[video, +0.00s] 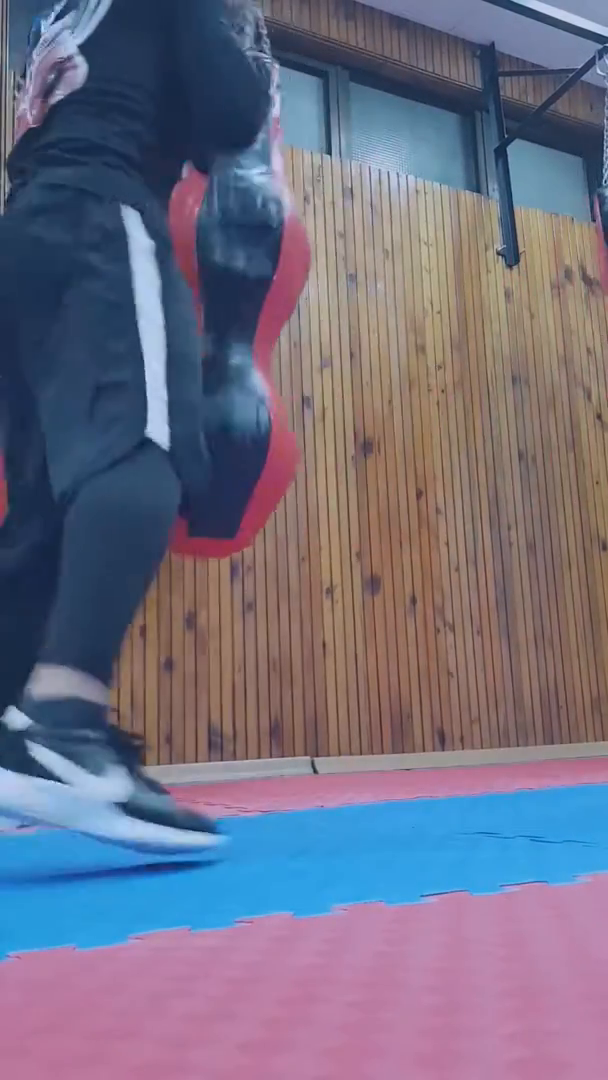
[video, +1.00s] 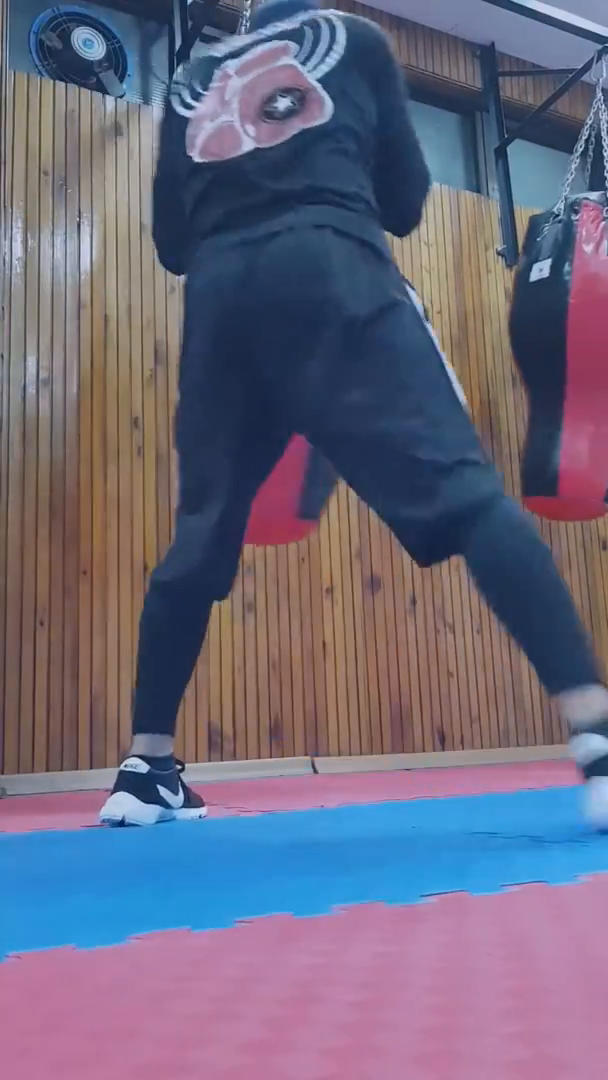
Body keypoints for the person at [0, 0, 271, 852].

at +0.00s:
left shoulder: (59, 25)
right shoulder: (176, 10)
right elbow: (233, 114)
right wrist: (253, 62)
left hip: (25, 216)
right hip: (91, 210)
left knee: (41, 506)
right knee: (136, 457)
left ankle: (28, 734)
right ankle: (65, 710)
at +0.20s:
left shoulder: (27, 22)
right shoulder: (225, 14)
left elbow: (11, 184)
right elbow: (279, 195)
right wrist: (240, 224)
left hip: (44, 282)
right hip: (163, 260)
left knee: (97, 531)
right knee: (198, 498)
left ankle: (25, 761)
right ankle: (95, 777)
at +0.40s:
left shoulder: (48, 8)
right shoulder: (255, 2)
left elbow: (17, 111)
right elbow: (301, 135)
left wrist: (108, 119)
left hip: (70, 224)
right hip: (186, 206)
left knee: (114, 494)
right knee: (163, 470)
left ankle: (114, 771)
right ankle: (83, 779)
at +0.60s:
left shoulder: (90, 31)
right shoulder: (276, 10)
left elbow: (74, 203)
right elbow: (332, 180)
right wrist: (243, 102)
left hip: (110, 252)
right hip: (221, 233)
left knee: (138, 505)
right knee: (200, 485)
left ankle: (139, 767)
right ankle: (91, 763)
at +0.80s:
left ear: (154, 25)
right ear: (236, 10)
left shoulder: (110, 100)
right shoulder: (282, 44)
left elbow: (139, 233)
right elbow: (344, 189)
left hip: (162, 283)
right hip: (274, 252)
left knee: (165, 531)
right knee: (379, 478)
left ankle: (140, 767)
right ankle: (296, 646)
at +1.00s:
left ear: (234, 14)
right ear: (307, 3)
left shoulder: (189, 76)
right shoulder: (352, 34)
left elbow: (172, 238)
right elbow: (403, 198)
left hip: (215, 286)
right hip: (330, 262)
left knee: (202, 530)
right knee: (466, 496)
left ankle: (145, 764)